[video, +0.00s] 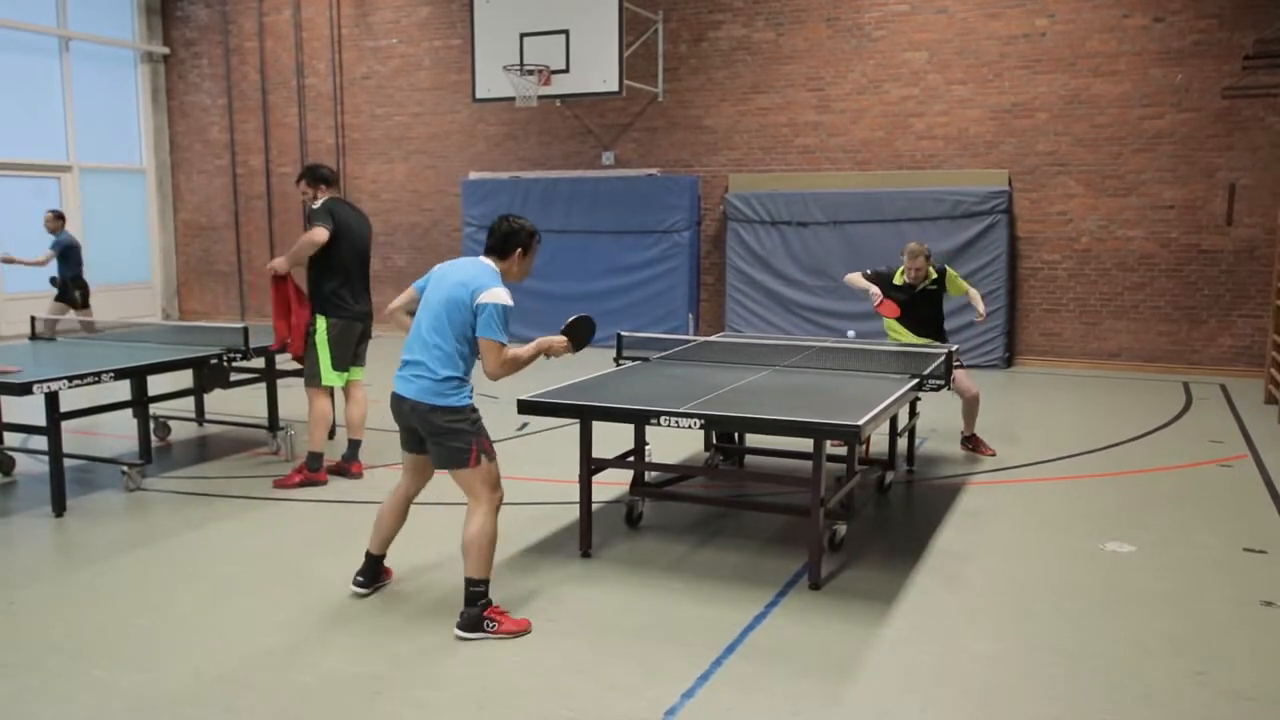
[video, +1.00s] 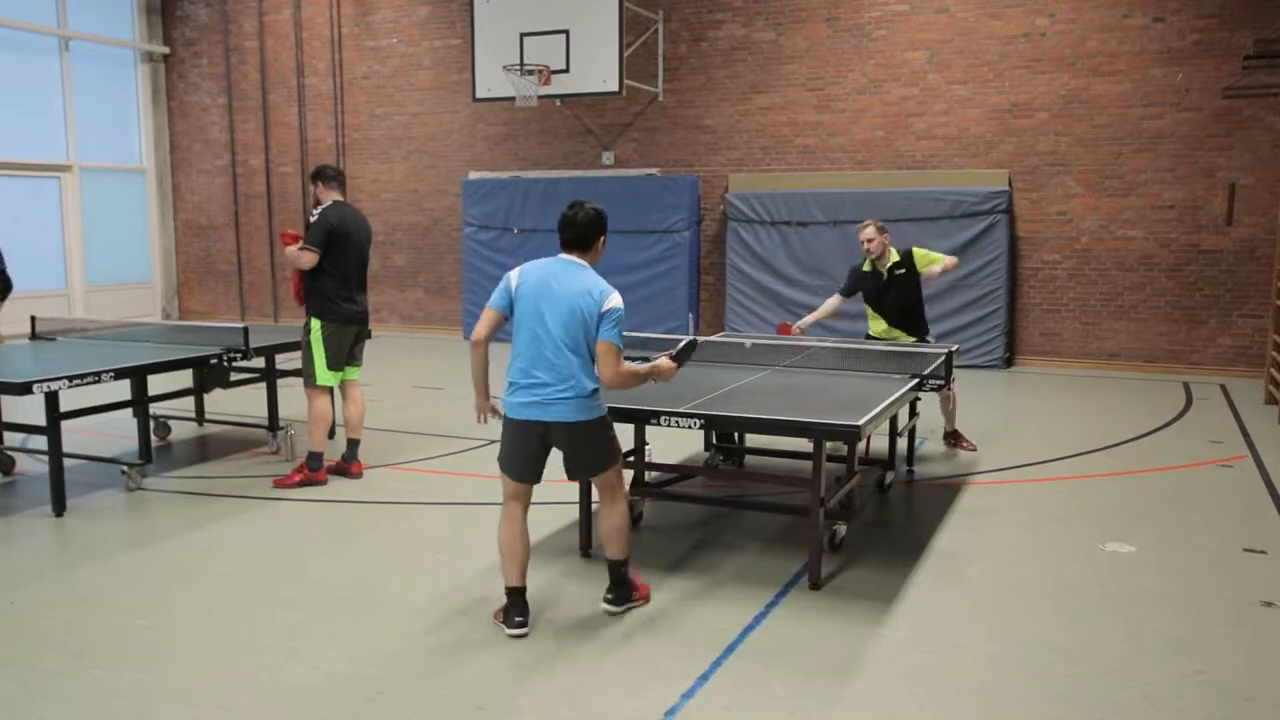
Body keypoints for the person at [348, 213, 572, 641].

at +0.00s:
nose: (532, 266)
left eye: (533, 258)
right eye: (531, 257)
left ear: (492, 250)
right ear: (517, 254)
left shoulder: (446, 268)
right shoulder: (492, 287)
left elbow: (396, 310)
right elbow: (497, 367)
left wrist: (438, 337)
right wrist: (540, 347)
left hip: (407, 396)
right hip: (445, 403)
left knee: (411, 480)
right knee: (486, 496)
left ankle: (369, 571)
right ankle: (476, 610)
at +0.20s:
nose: (533, 290)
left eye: (535, 281)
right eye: (533, 281)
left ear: (497, 272)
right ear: (515, 277)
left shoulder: (450, 289)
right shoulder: (496, 318)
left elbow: (403, 329)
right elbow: (520, 388)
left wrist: (439, 362)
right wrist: (575, 371)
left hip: (420, 420)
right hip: (461, 422)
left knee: (421, 490)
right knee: (547, 464)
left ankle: (366, 573)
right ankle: (534, 569)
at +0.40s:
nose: (603, 293)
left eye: (605, 285)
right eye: (603, 284)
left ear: (573, 273)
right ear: (583, 279)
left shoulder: (515, 280)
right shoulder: (572, 323)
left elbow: (456, 302)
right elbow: (612, 385)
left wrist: (476, 355)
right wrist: (670, 374)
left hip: (475, 409)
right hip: (523, 417)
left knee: (433, 492)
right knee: (585, 478)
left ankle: (374, 572)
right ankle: (623, 563)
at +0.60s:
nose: (655, 308)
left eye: (655, 301)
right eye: (655, 302)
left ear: (616, 289)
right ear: (644, 301)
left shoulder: (572, 300)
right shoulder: (635, 346)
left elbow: (514, 327)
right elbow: (665, 384)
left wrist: (505, 381)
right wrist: (712, 365)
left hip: (526, 427)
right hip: (578, 438)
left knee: (480, 499)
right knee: (634, 464)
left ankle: (422, 578)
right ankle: (629, 562)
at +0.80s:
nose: (640, 274)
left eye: (639, 267)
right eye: (640, 268)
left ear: (600, 264)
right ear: (634, 271)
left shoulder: (557, 286)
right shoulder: (636, 324)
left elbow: (515, 332)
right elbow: (643, 391)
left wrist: (513, 386)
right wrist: (681, 364)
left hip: (537, 426)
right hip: (592, 431)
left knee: (520, 501)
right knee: (628, 471)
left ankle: (509, 587)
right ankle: (630, 563)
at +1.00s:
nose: (606, 245)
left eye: (604, 239)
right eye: (605, 239)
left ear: (560, 239)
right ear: (599, 241)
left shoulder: (520, 276)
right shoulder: (604, 295)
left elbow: (478, 337)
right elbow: (611, 376)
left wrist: (482, 396)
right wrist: (653, 371)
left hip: (522, 415)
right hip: (579, 417)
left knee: (514, 502)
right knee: (612, 494)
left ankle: (516, 607)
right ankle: (619, 586)